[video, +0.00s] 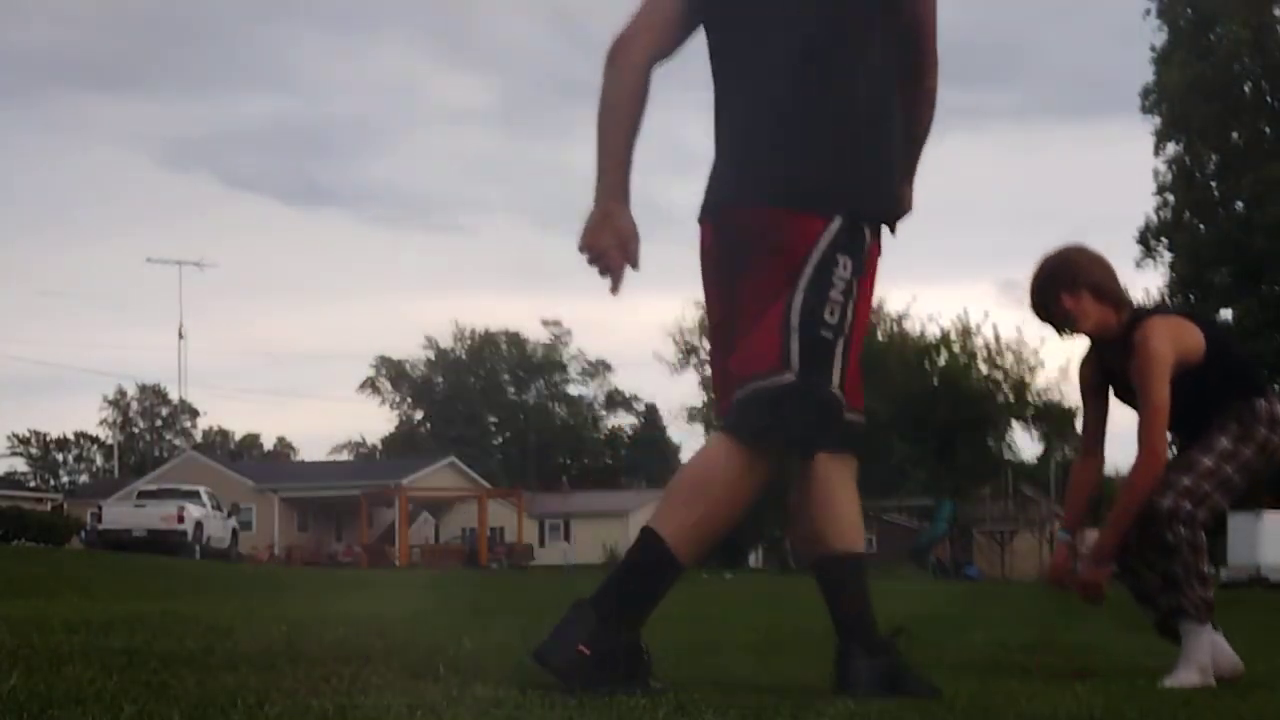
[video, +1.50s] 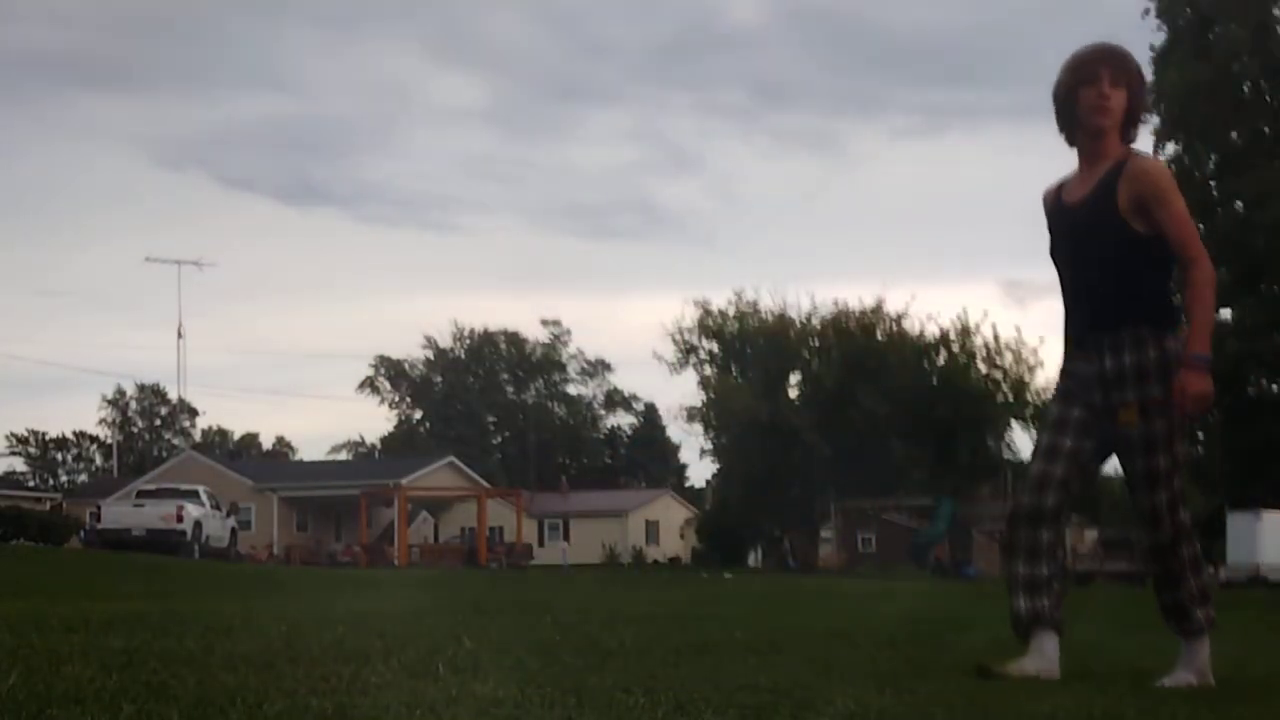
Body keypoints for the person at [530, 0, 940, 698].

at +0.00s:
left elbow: (630, 50)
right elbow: (921, 71)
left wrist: (610, 201)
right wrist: (900, 176)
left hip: (742, 195)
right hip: (832, 200)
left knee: (826, 433)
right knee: (760, 429)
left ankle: (863, 653)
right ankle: (601, 630)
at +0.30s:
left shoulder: (855, 8)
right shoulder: (1023, 0)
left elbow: (830, 138)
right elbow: (1071, 108)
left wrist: (879, 224)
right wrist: (1062, 220)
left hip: (887, 233)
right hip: (1000, 220)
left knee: (892, 444)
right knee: (1078, 425)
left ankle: (869, 653)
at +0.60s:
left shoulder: (1045, 21)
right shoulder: (1218, 8)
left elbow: (984, 180)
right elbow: (1270, 121)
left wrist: (1031, 270)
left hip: (1074, 271)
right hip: (1199, 264)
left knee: (1006, 466)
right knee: (1263, 477)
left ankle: (906, 634)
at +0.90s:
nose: (1119, 138)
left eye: (1121, 124)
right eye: (1115, 127)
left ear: (1148, 117)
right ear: (1147, 117)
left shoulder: (1186, 188)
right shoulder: (1155, 189)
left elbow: (1210, 276)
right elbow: (1169, 284)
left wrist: (1206, 378)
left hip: (1190, 364)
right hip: (1165, 362)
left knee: (1185, 504)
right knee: (1174, 502)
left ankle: (1197, 652)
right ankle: (1212, 641)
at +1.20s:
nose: (1113, 105)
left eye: (1124, 94)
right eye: (1113, 95)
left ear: (1157, 99)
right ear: (1123, 105)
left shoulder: (1178, 175)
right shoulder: (1129, 188)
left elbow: (1213, 268)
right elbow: (1135, 291)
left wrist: (1150, 346)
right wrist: (1108, 367)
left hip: (1183, 352)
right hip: (1136, 357)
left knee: (1187, 495)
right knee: (1091, 499)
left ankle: (1200, 654)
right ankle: (1160, 632)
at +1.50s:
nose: (1101, 94)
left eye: (1114, 86)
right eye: (1088, 85)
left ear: (1131, 101)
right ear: (1067, 102)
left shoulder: (1144, 172)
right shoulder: (1057, 197)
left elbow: (1198, 264)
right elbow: (1080, 290)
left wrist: (1196, 358)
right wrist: (1075, 366)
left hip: (1147, 357)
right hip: (1083, 365)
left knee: (1161, 506)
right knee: (1039, 496)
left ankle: (1196, 655)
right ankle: (1043, 649)